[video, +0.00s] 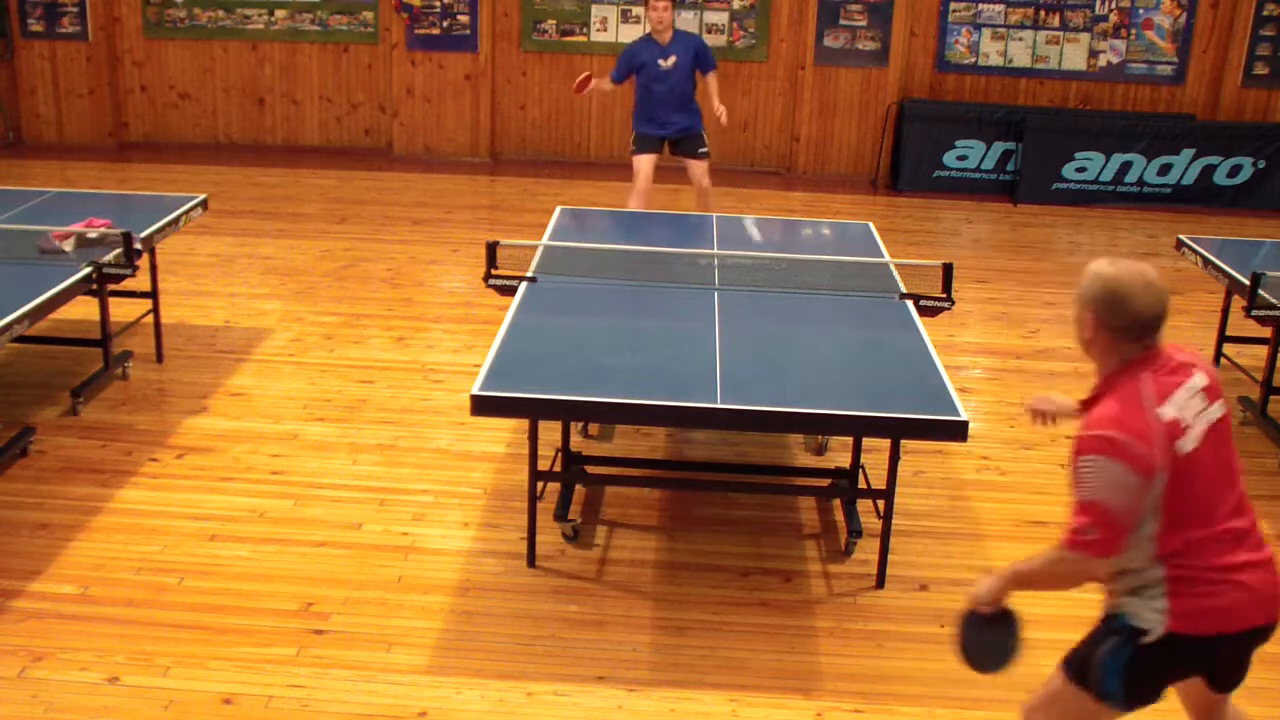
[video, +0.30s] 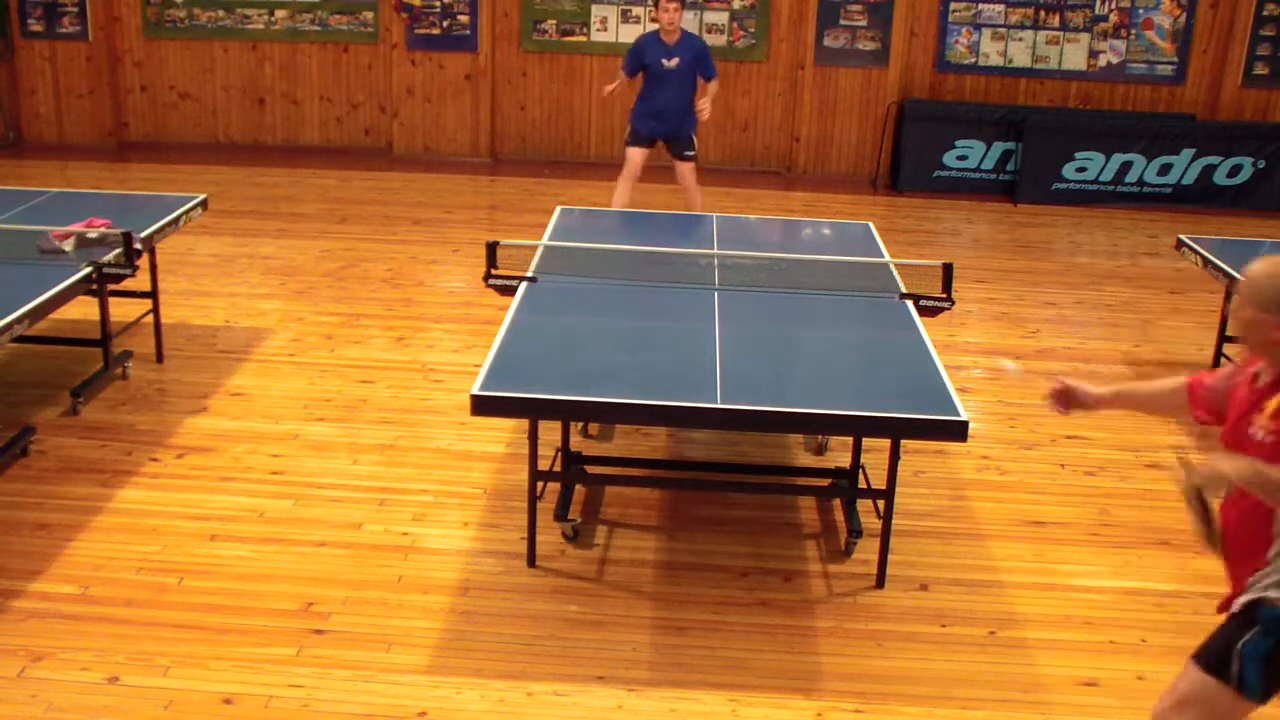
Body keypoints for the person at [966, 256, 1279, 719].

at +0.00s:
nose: (1076, 316)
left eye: (1079, 307)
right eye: (1080, 304)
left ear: (1090, 325)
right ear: (1153, 319)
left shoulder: (1116, 426)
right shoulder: (1191, 365)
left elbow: (1089, 557)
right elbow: (1142, 398)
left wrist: (1007, 579)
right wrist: (1079, 408)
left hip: (1176, 616)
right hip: (1253, 597)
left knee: (1045, 712)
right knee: (1204, 698)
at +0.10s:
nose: (1119, 317)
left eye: (1121, 308)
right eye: (1123, 306)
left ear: (1135, 324)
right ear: (1195, 312)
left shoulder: (1190, 419)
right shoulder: (1213, 356)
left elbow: (1191, 545)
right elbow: (1146, 377)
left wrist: (1083, 575)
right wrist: (1070, 379)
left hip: (1224, 612)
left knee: (1103, 712)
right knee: (1234, 690)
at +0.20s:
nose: (1173, 324)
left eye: (1178, 315)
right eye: (1176, 314)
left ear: (1199, 328)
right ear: (1210, 327)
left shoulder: (1267, 399)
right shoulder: (1217, 371)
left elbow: (1275, 515)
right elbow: (1156, 377)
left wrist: (1197, 531)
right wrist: (1080, 376)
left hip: (1259, 600)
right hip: (1222, 579)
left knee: (1138, 712)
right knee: (1275, 693)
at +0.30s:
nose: (1232, 312)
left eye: (1242, 304)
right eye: (1235, 301)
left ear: (1272, 322)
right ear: (1265, 321)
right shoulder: (1253, 376)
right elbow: (1191, 393)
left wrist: (1244, 471)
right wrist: (1101, 396)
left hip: (1271, 597)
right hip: (1254, 586)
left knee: (1178, 709)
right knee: (1187, 707)